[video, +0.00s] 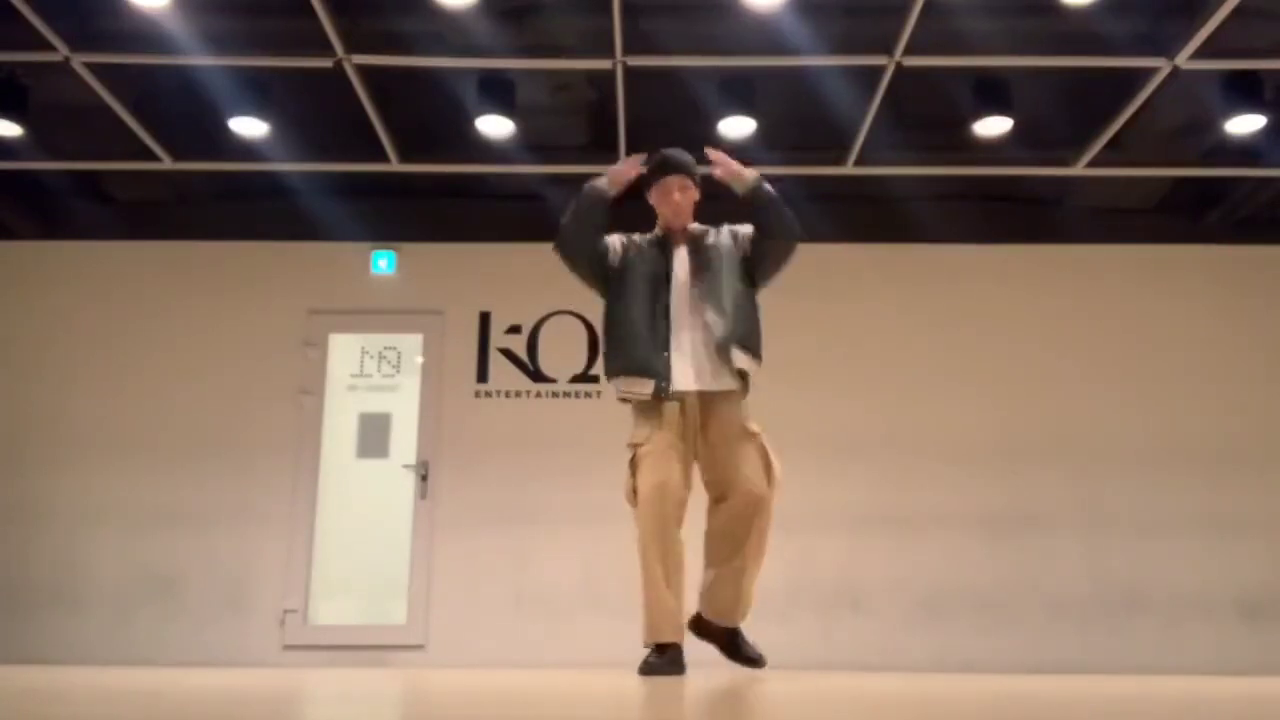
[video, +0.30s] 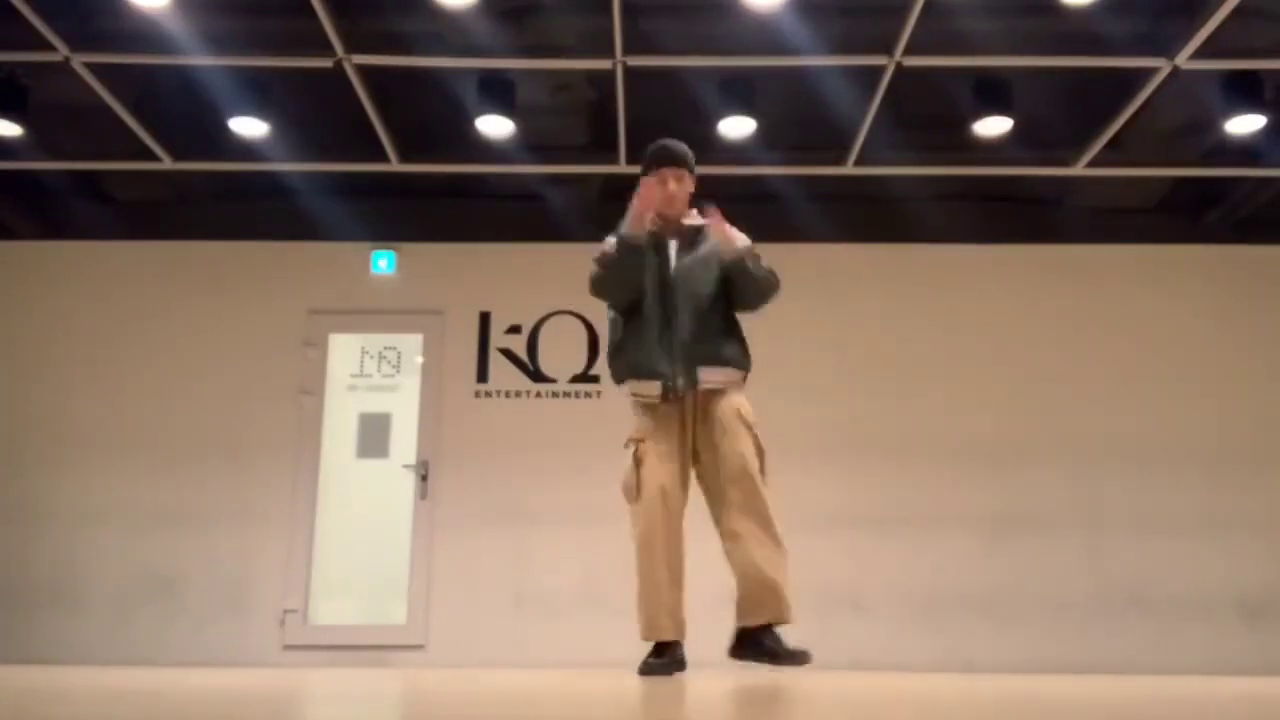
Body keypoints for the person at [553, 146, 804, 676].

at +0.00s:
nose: (678, 196)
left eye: (686, 186)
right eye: (667, 188)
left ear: (698, 195)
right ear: (649, 198)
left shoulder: (732, 246)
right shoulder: (626, 254)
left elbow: (783, 236)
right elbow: (572, 244)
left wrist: (749, 183)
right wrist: (606, 187)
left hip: (724, 399)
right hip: (658, 401)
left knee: (750, 489)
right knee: (659, 498)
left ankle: (719, 618)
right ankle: (664, 641)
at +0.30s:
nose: (670, 188)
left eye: (679, 179)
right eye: (660, 178)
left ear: (694, 187)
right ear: (643, 186)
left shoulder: (718, 239)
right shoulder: (625, 245)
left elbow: (760, 292)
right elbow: (613, 290)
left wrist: (734, 248)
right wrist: (637, 229)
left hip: (719, 391)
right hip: (652, 395)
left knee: (743, 499)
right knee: (657, 509)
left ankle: (757, 628)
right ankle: (664, 642)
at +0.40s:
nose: (671, 188)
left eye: (679, 179)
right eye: (661, 180)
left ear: (695, 188)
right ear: (646, 190)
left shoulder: (732, 246)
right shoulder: (623, 256)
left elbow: (755, 301)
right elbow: (611, 302)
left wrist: (760, 338)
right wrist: (618, 328)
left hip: (723, 395)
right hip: (655, 399)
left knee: (746, 496)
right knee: (658, 507)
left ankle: (720, 620)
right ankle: (667, 640)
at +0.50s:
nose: (673, 201)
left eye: (682, 192)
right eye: (665, 194)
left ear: (700, 202)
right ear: (652, 206)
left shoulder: (738, 265)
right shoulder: (631, 275)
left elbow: (766, 341)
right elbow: (608, 349)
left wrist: (778, 408)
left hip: (724, 418)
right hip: (650, 421)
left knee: (739, 519)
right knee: (648, 517)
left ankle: (709, 631)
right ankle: (667, 645)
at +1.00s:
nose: (715, 196)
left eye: (721, 192)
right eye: (704, 191)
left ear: (731, 212)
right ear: (684, 211)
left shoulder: (755, 273)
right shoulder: (658, 254)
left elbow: (771, 343)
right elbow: (613, 309)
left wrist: (774, 400)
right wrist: (598, 371)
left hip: (738, 415)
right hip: (672, 412)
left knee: (731, 530)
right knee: (661, 523)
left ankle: (711, 643)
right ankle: (652, 635)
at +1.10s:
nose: (679, 188)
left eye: (690, 182)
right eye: (673, 184)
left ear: (710, 199)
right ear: (664, 204)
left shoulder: (746, 253)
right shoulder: (641, 252)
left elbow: (765, 310)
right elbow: (625, 290)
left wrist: (744, 346)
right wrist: (628, 320)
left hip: (725, 405)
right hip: (662, 403)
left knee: (728, 519)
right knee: (660, 516)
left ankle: (715, 633)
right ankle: (664, 631)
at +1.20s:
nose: (666, 201)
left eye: (675, 196)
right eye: (658, 200)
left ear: (696, 212)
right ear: (650, 223)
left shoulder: (730, 253)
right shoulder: (644, 268)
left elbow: (767, 285)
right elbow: (625, 283)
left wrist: (719, 280)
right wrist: (662, 260)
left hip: (722, 409)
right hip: (660, 411)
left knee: (729, 520)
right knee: (657, 523)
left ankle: (724, 641)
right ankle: (668, 644)